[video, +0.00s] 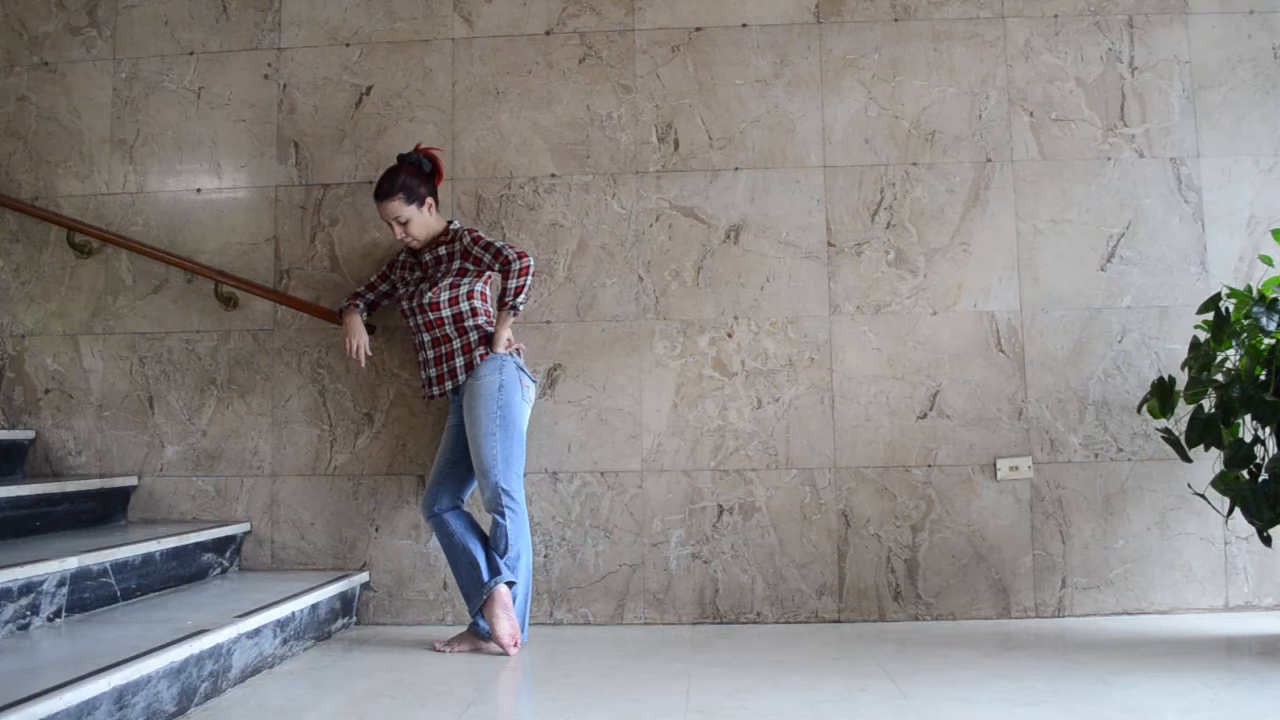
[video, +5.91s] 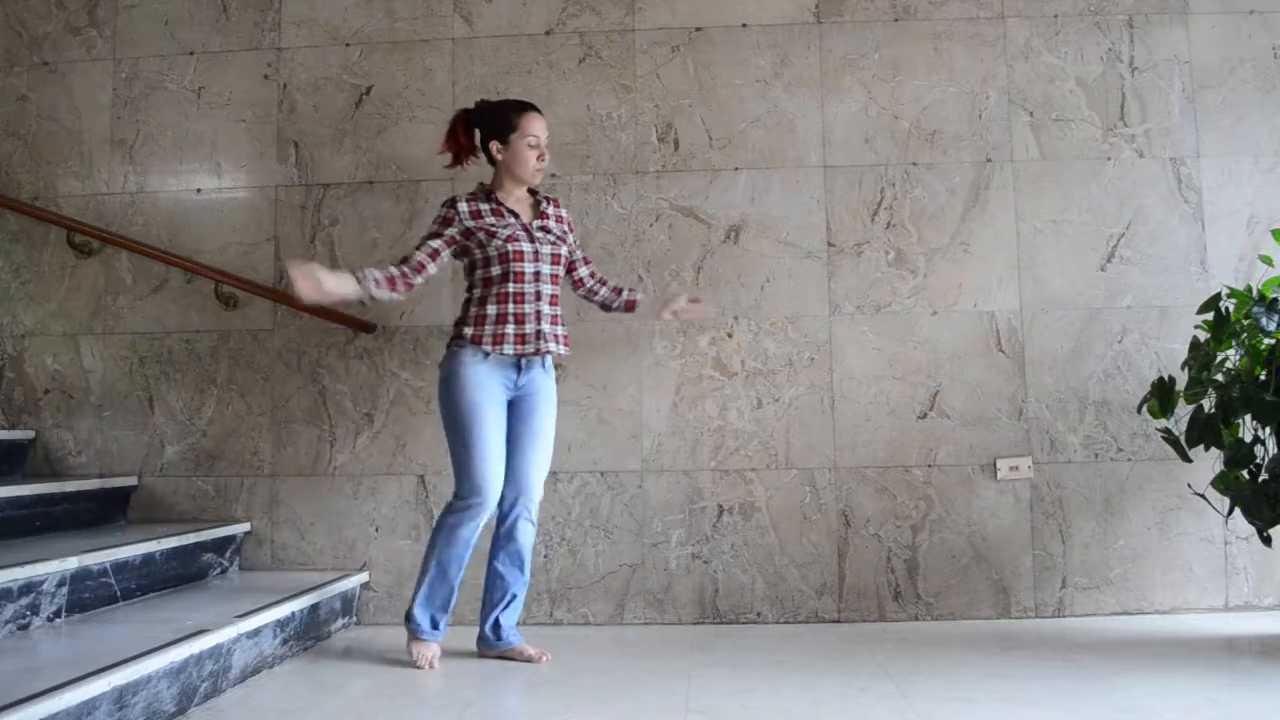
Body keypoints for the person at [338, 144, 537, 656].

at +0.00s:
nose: (398, 233)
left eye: (402, 221)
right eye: (390, 225)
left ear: (429, 203)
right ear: (390, 220)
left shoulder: (465, 241)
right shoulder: (406, 263)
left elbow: (518, 262)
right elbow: (364, 297)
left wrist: (506, 321)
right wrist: (353, 317)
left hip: (493, 371)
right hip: (461, 393)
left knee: (501, 492)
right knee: (440, 502)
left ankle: (501, 628)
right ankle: (494, 597)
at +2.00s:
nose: (391, 208)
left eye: (398, 197)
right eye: (388, 198)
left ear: (433, 195)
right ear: (410, 199)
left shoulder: (467, 238)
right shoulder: (405, 260)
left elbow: (525, 260)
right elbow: (368, 296)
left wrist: (516, 328)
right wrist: (347, 316)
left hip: (498, 375)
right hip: (461, 395)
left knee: (503, 496)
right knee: (410, 470)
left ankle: (503, 627)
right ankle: (462, 588)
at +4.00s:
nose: (435, 175)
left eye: (444, 165)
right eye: (432, 168)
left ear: (475, 169)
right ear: (433, 177)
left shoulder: (517, 232)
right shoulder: (427, 239)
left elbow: (538, 302)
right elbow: (395, 312)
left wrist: (553, 368)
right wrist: (355, 383)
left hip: (499, 372)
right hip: (442, 376)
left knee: (499, 487)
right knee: (457, 499)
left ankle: (533, 610)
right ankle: (475, 617)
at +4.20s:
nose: (450, 170)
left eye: (460, 161)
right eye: (444, 165)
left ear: (489, 170)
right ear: (440, 178)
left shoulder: (523, 232)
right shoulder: (429, 237)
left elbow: (536, 305)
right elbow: (427, 312)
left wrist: (539, 376)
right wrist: (442, 382)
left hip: (505, 376)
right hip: (448, 378)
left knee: (499, 486)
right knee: (459, 499)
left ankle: (529, 616)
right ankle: (476, 615)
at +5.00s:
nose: (507, 155)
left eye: (508, 148)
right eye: (496, 147)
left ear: (502, 160)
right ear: (461, 156)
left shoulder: (522, 221)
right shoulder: (432, 219)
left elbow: (547, 294)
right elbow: (403, 297)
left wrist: (580, 361)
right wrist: (373, 373)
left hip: (517, 369)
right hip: (455, 372)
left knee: (515, 479)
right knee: (472, 496)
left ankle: (535, 603)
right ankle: (483, 621)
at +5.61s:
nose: (539, 155)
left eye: (540, 146)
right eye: (528, 145)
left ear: (520, 154)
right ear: (493, 151)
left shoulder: (546, 224)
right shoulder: (453, 214)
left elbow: (580, 297)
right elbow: (397, 276)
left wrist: (629, 342)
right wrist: (326, 303)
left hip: (531, 374)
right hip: (467, 372)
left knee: (517, 502)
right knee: (470, 506)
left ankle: (501, 631)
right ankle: (466, 608)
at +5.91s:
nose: (544, 154)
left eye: (545, 144)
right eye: (533, 144)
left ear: (540, 152)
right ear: (497, 149)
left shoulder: (555, 216)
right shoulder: (465, 212)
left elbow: (590, 284)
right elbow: (410, 272)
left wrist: (654, 306)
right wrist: (340, 283)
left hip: (538, 371)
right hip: (477, 366)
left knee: (523, 502)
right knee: (479, 494)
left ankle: (499, 633)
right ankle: (426, 626)